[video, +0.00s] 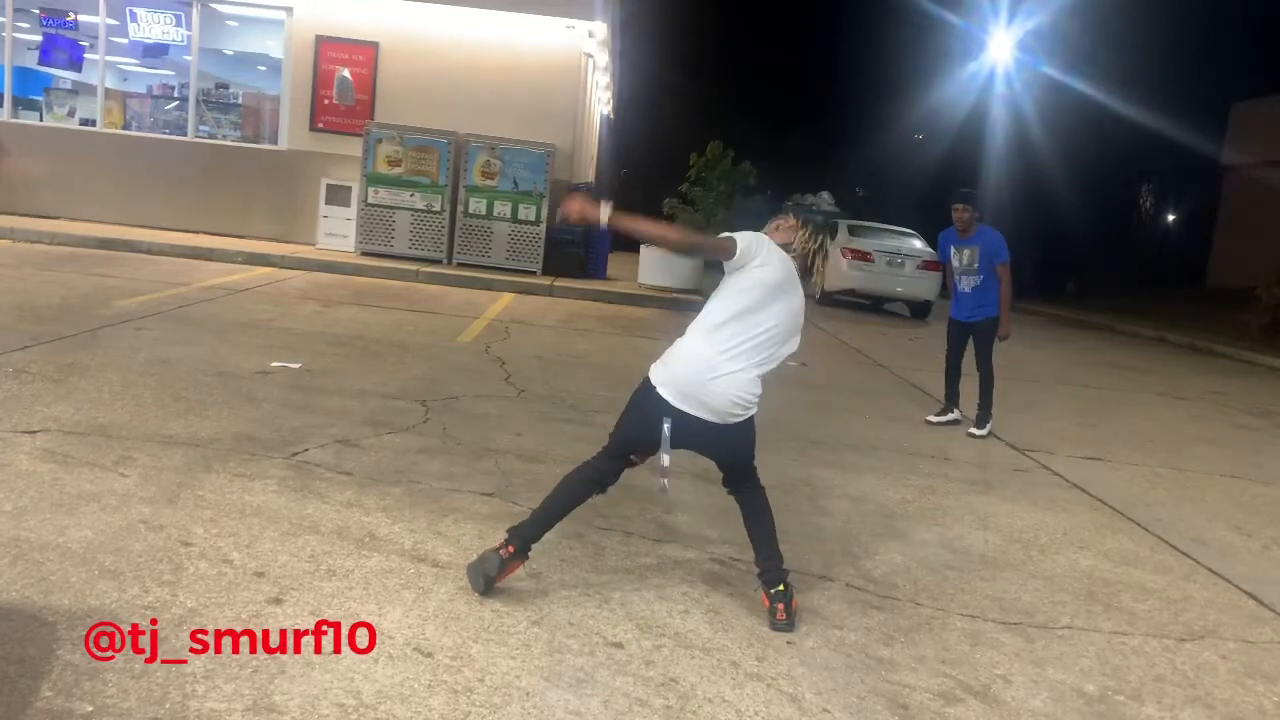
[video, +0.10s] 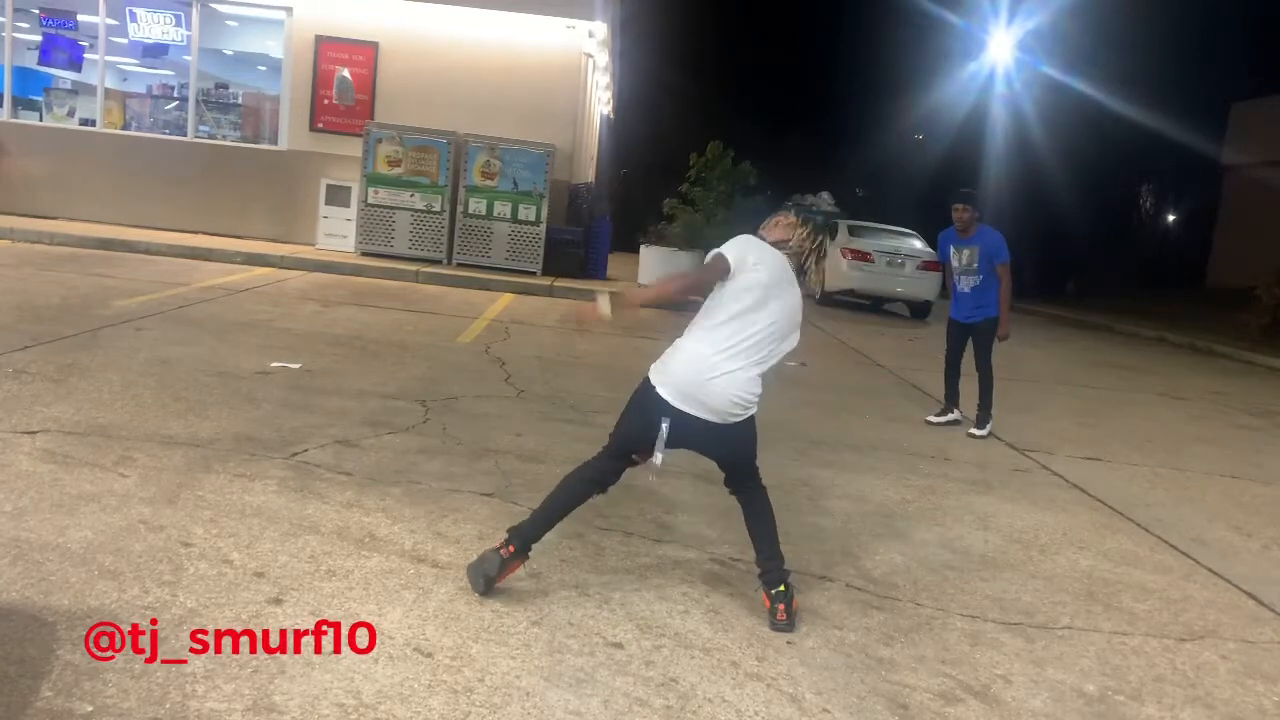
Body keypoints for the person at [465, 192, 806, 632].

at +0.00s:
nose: (773, 223)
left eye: (784, 222)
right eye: (779, 219)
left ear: (794, 238)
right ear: (811, 258)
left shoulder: (757, 246)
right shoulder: (797, 312)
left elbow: (686, 240)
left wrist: (601, 213)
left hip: (665, 394)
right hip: (727, 421)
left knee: (606, 464)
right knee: (747, 487)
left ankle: (512, 548)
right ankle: (778, 592)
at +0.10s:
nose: (768, 224)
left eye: (778, 222)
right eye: (774, 220)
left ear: (787, 238)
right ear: (805, 259)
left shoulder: (749, 248)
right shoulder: (795, 313)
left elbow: (695, 284)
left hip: (666, 396)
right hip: (728, 420)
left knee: (606, 465)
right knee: (747, 484)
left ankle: (513, 547)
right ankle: (778, 589)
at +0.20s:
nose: (765, 221)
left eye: (775, 218)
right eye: (773, 216)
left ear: (785, 231)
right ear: (805, 253)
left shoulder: (741, 249)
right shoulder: (792, 309)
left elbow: (693, 308)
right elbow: (750, 362)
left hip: (670, 400)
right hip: (730, 423)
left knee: (604, 468)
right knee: (748, 485)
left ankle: (512, 549)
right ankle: (778, 591)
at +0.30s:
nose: (765, 218)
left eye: (777, 216)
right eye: (773, 213)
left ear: (791, 231)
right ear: (805, 253)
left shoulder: (739, 247)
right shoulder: (789, 308)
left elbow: (688, 303)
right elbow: (754, 364)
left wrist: (655, 378)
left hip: (665, 400)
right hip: (727, 423)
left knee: (604, 468)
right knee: (746, 488)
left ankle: (512, 552)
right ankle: (778, 593)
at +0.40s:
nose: (773, 217)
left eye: (782, 214)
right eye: (783, 214)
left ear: (787, 223)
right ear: (813, 250)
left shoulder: (738, 243)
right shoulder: (792, 307)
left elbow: (689, 299)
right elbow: (760, 363)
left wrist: (656, 374)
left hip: (662, 395)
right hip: (726, 419)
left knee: (603, 464)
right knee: (744, 488)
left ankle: (513, 549)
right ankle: (777, 591)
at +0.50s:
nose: (826, 294)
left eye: (831, 285)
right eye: (830, 287)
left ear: (804, 239)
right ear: (826, 279)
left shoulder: (747, 238)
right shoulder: (794, 317)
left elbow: (687, 296)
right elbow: (751, 368)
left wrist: (653, 364)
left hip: (657, 389)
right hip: (721, 414)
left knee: (596, 461)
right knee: (743, 485)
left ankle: (514, 551)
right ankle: (777, 590)